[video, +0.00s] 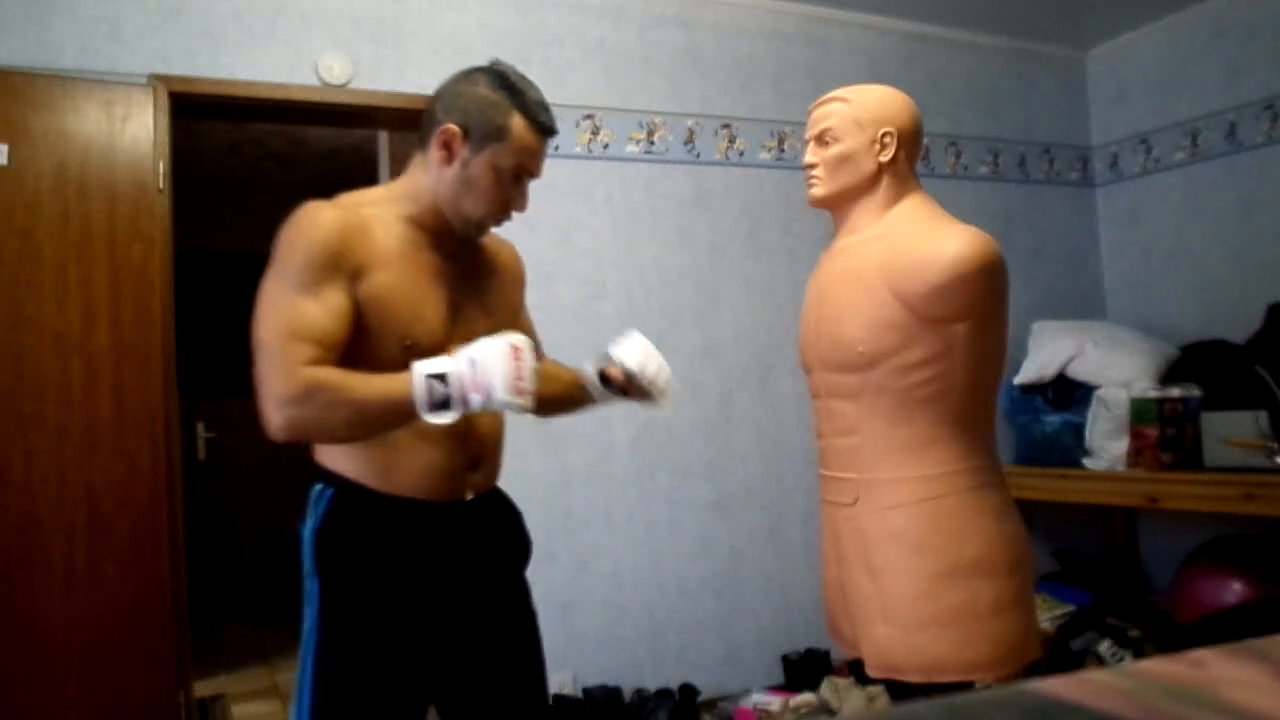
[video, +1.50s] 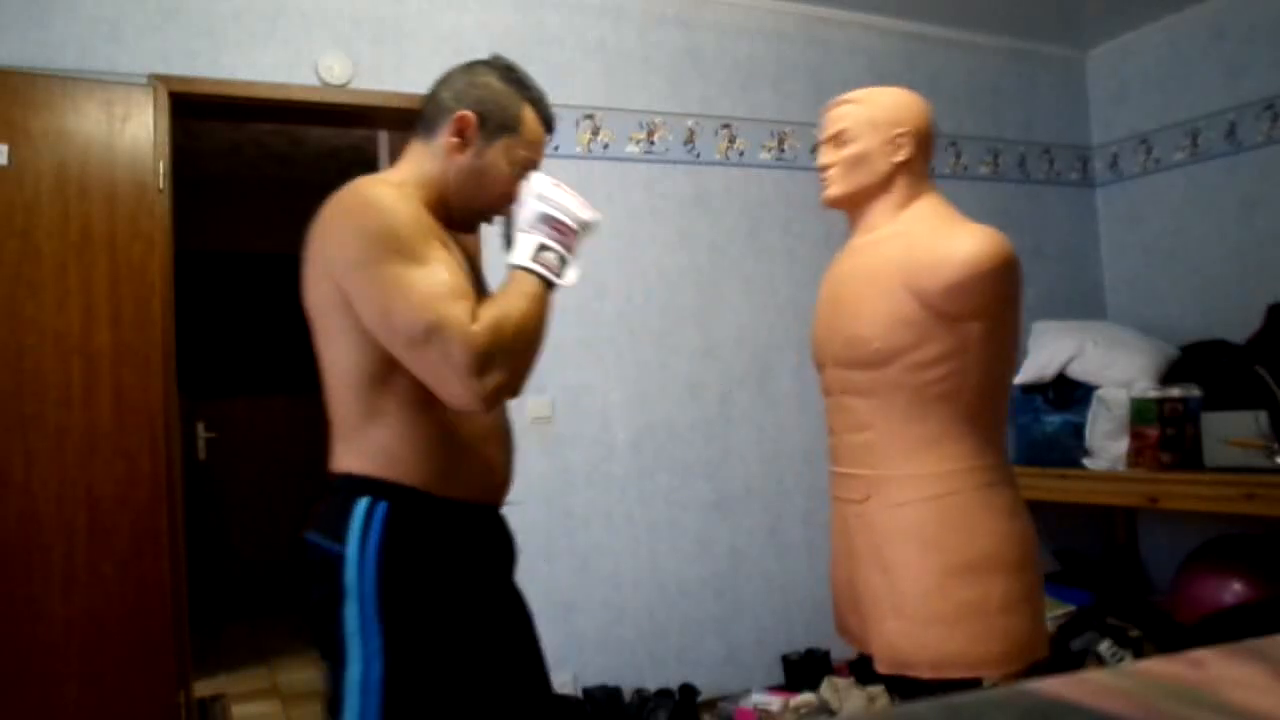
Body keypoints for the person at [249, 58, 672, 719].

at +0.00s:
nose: (520, 204)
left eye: (528, 183)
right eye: (511, 178)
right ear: (449, 147)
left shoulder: (499, 262)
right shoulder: (328, 233)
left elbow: (523, 382)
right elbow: (289, 403)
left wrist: (601, 384)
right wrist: (450, 381)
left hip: (482, 544)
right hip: (370, 547)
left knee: (509, 713)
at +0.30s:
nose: (470, 193)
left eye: (478, 173)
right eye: (466, 168)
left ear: (398, 137)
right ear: (401, 133)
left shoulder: (417, 229)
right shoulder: (268, 210)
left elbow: (463, 379)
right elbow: (358, 381)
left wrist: (510, 295)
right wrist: (470, 264)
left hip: (433, 530)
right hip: (324, 544)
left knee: (504, 715)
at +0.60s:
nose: (507, 188)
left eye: (516, 162)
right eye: (504, 156)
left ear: (434, 129)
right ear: (436, 126)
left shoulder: (459, 226)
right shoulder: (290, 211)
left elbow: (440, 373)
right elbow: (314, 403)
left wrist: (524, 343)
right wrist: (452, 300)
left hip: (464, 553)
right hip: (344, 561)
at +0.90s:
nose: (614, 220)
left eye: (622, 197)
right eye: (613, 191)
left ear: (557, 166)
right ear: (560, 164)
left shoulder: (526, 262)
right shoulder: (460, 222)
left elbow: (563, 388)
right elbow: (411, 373)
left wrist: (670, 372)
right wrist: (559, 348)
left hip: (491, 538)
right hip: (423, 532)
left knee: (545, 704)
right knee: (400, 709)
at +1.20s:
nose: (602, 210)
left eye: (610, 191)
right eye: (602, 184)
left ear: (551, 155)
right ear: (555, 154)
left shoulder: (468, 213)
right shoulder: (490, 216)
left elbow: (481, 376)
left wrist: (582, 354)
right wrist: (631, 413)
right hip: (461, 523)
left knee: (531, 704)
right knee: (481, 709)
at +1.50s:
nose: (519, 192)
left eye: (529, 172)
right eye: (520, 166)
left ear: (461, 140)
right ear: (462, 135)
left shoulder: (442, 229)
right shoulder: (369, 214)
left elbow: (495, 373)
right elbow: (473, 376)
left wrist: (536, 262)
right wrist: (538, 258)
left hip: (462, 538)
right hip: (395, 542)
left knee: (512, 709)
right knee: (400, 719)